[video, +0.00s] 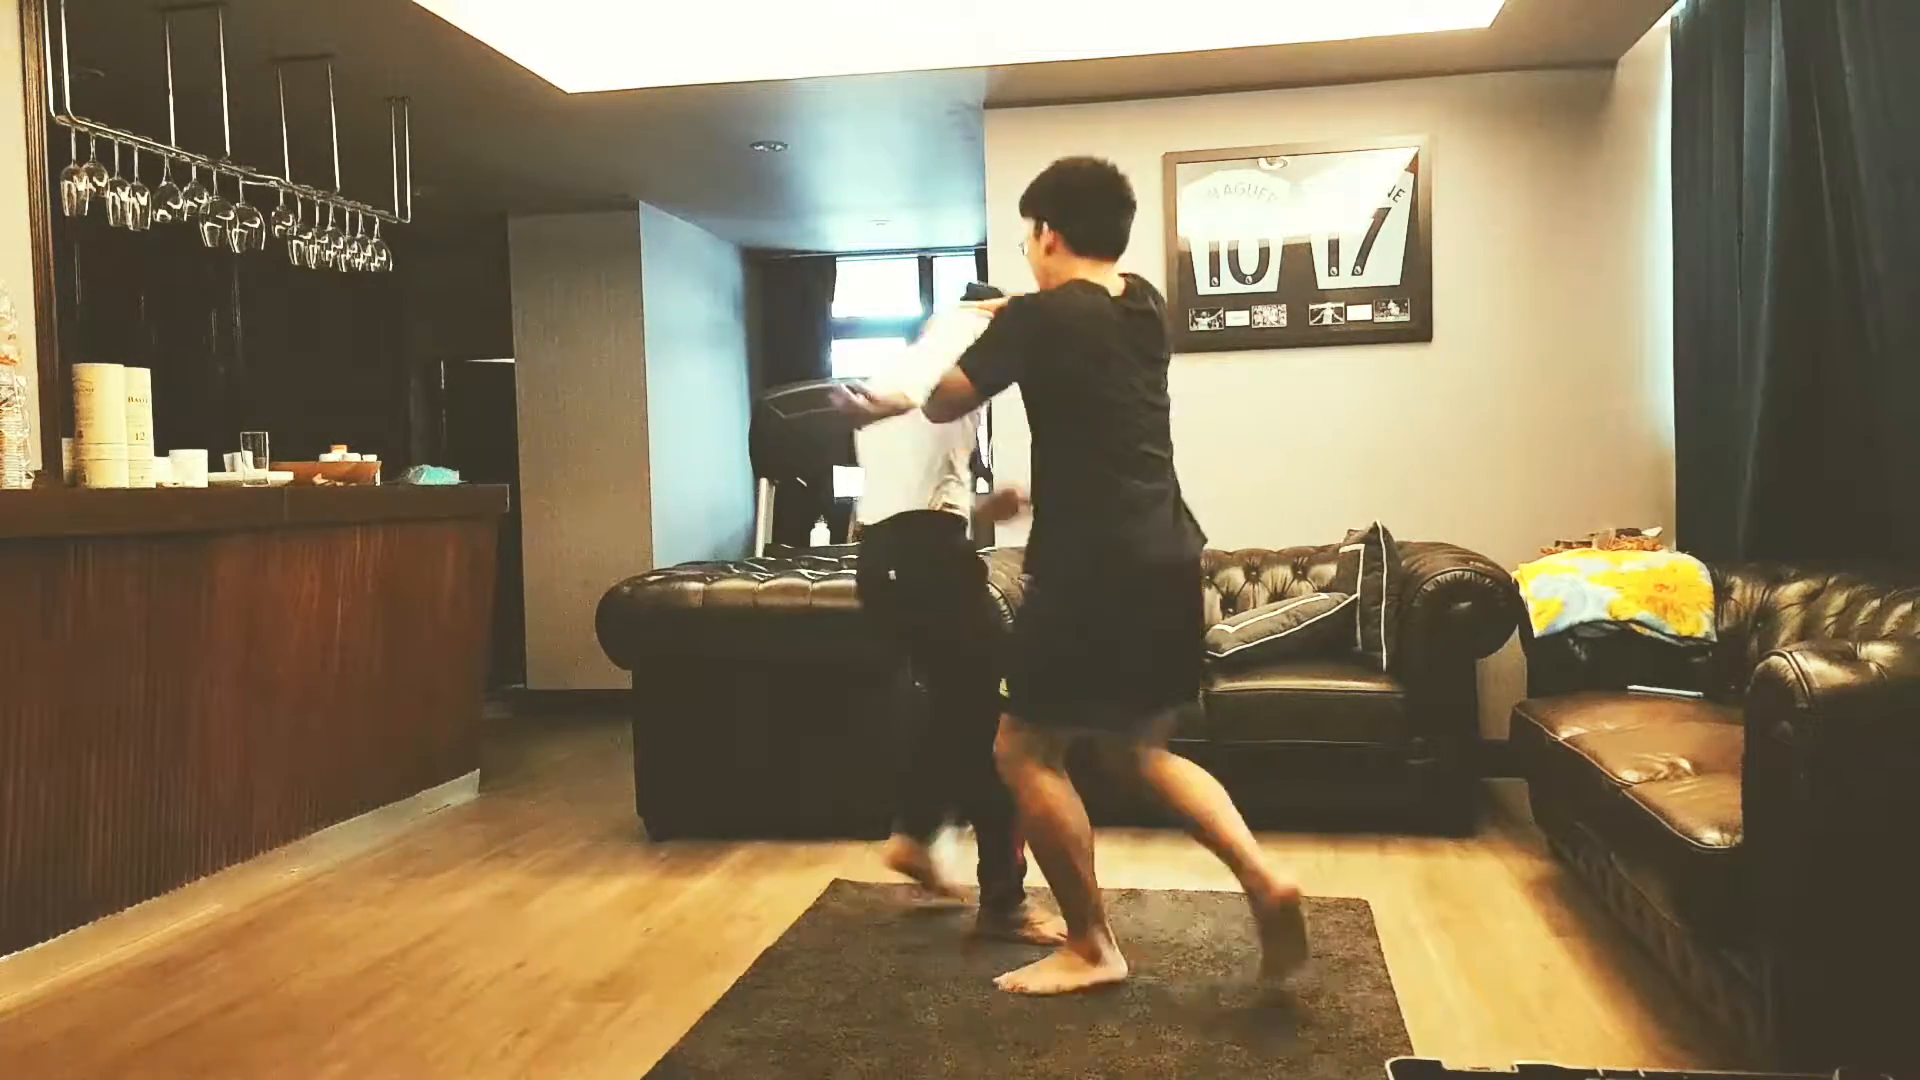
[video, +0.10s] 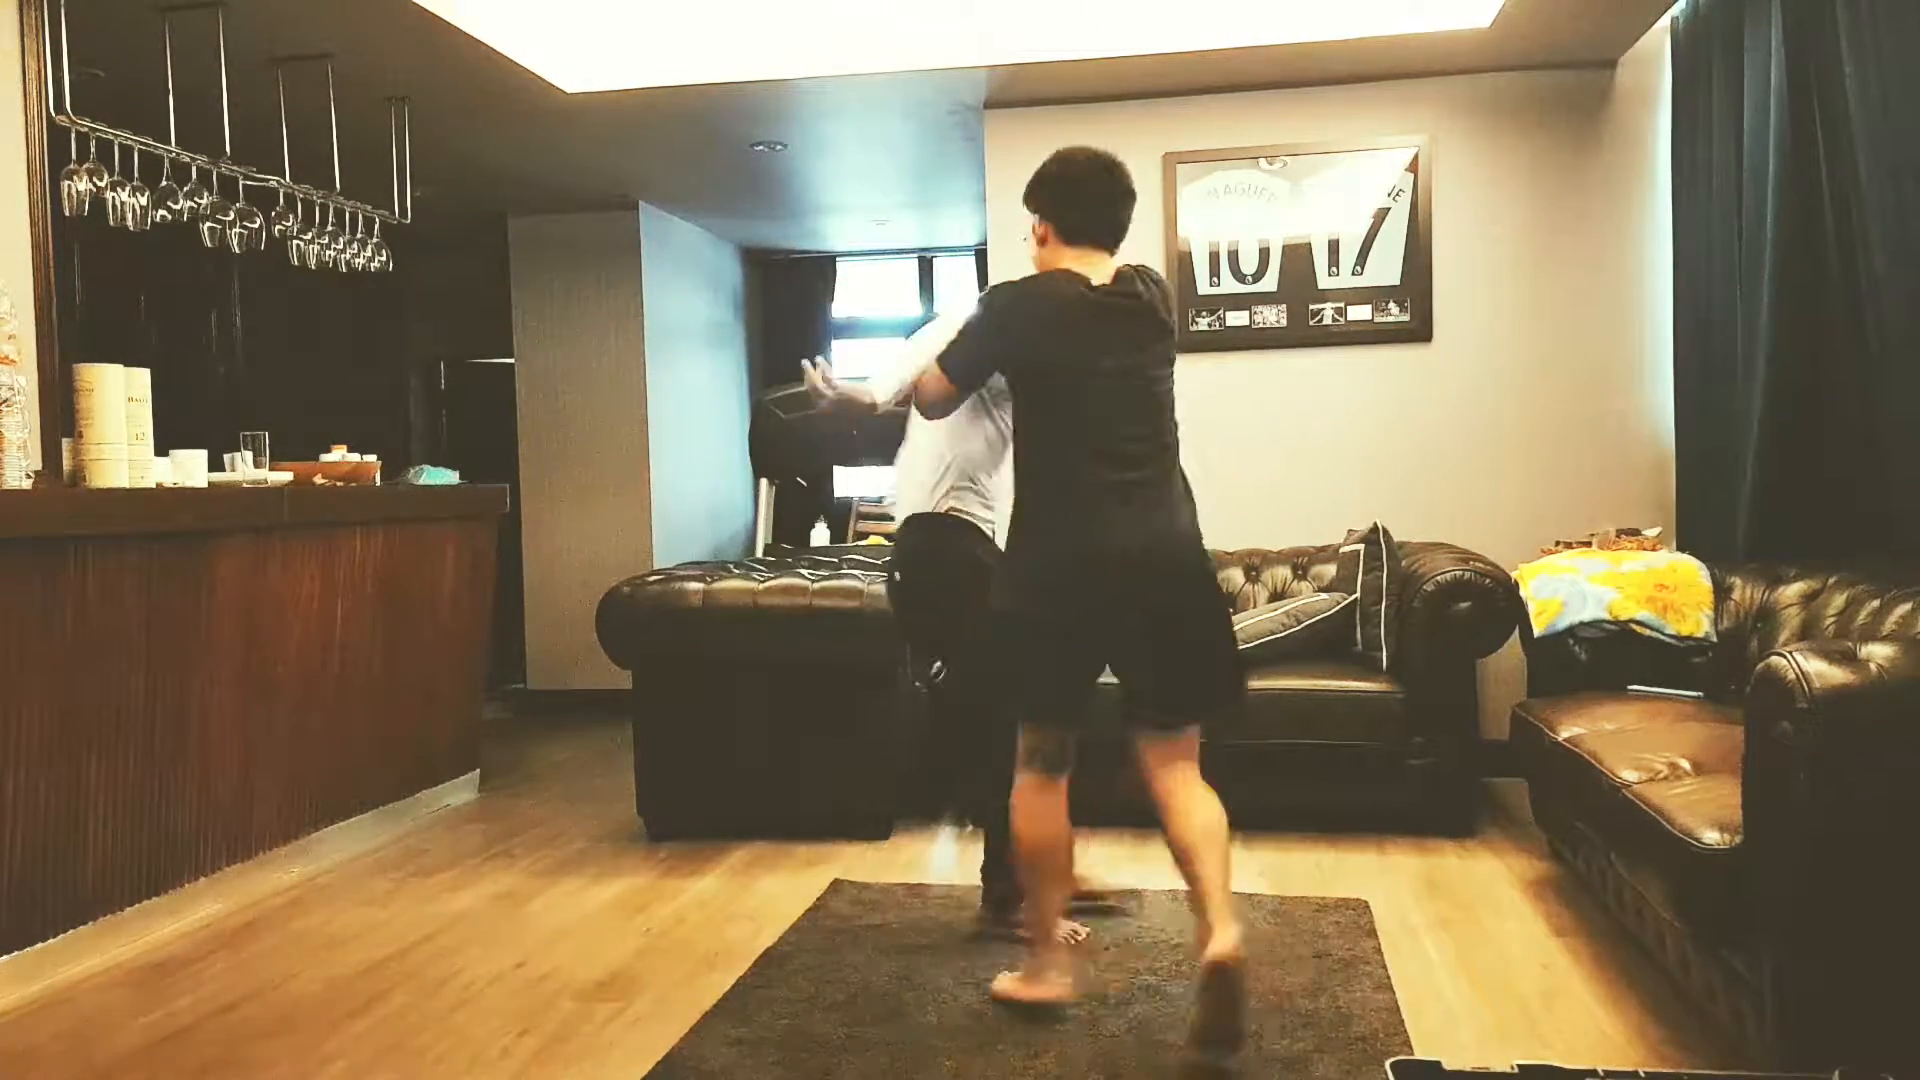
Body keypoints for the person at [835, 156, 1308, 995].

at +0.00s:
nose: (1028, 253)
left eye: (1029, 239)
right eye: (1030, 238)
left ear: (1049, 237)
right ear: (1115, 236)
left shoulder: (1036, 315)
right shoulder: (1145, 304)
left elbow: (946, 401)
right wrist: (1018, 313)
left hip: (1085, 563)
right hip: (1170, 558)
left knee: (1023, 751)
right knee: (1138, 748)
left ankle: (1091, 947)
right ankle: (1263, 879)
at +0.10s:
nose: (1028, 236)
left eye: (1030, 225)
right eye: (1033, 225)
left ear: (1042, 229)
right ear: (1118, 229)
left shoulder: (1018, 303)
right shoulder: (1151, 301)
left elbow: (932, 396)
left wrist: (927, 368)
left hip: (1062, 559)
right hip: (1168, 557)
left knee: (1042, 766)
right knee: (1177, 763)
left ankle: (1048, 960)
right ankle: (1222, 929)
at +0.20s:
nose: (1024, 242)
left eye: (1023, 230)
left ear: (1025, 237)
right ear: (1112, 236)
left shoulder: (993, 322)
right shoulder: (1148, 302)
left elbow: (935, 419)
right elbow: (1117, 293)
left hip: (1040, 574)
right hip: (1149, 568)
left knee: (1036, 777)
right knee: (1170, 782)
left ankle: (981, 983)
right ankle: (1170, 1005)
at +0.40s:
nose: (1093, 257)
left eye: (1090, 250)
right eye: (1094, 248)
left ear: (999, 246)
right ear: (1080, 246)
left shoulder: (951, 336)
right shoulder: (1097, 290)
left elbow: (942, 460)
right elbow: (1190, 388)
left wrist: (1015, 489)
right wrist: (1207, 401)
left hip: (985, 570)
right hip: (1090, 554)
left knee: (1000, 773)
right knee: (1184, 661)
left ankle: (980, 984)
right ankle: (1183, 809)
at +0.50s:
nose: (1087, 259)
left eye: (1086, 250)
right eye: (1087, 248)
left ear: (991, 247)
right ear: (1073, 245)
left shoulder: (952, 332)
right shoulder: (1084, 291)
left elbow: (963, 446)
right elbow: (1187, 395)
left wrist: (1079, 414)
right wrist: (1218, 420)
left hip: (970, 559)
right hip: (1061, 543)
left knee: (1000, 771)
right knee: (1185, 605)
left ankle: (983, 979)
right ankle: (1174, 777)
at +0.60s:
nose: (1098, 253)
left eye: (1098, 243)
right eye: (1098, 242)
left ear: (1005, 241)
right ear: (1080, 237)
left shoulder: (961, 319)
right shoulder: (1085, 286)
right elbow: (1204, 373)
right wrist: (1248, 399)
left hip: (950, 558)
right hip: (1044, 550)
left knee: (992, 773)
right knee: (1165, 677)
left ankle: (981, 980)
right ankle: (1112, 851)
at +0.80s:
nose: (1138, 284)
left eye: (1138, 274)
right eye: (1137, 272)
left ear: (1050, 266)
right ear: (1114, 264)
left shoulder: (1011, 323)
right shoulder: (1107, 304)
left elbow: (1092, 377)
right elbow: (1224, 361)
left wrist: (1154, 366)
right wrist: (1259, 365)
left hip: (931, 563)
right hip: (998, 567)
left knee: (993, 782)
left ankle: (959, 975)